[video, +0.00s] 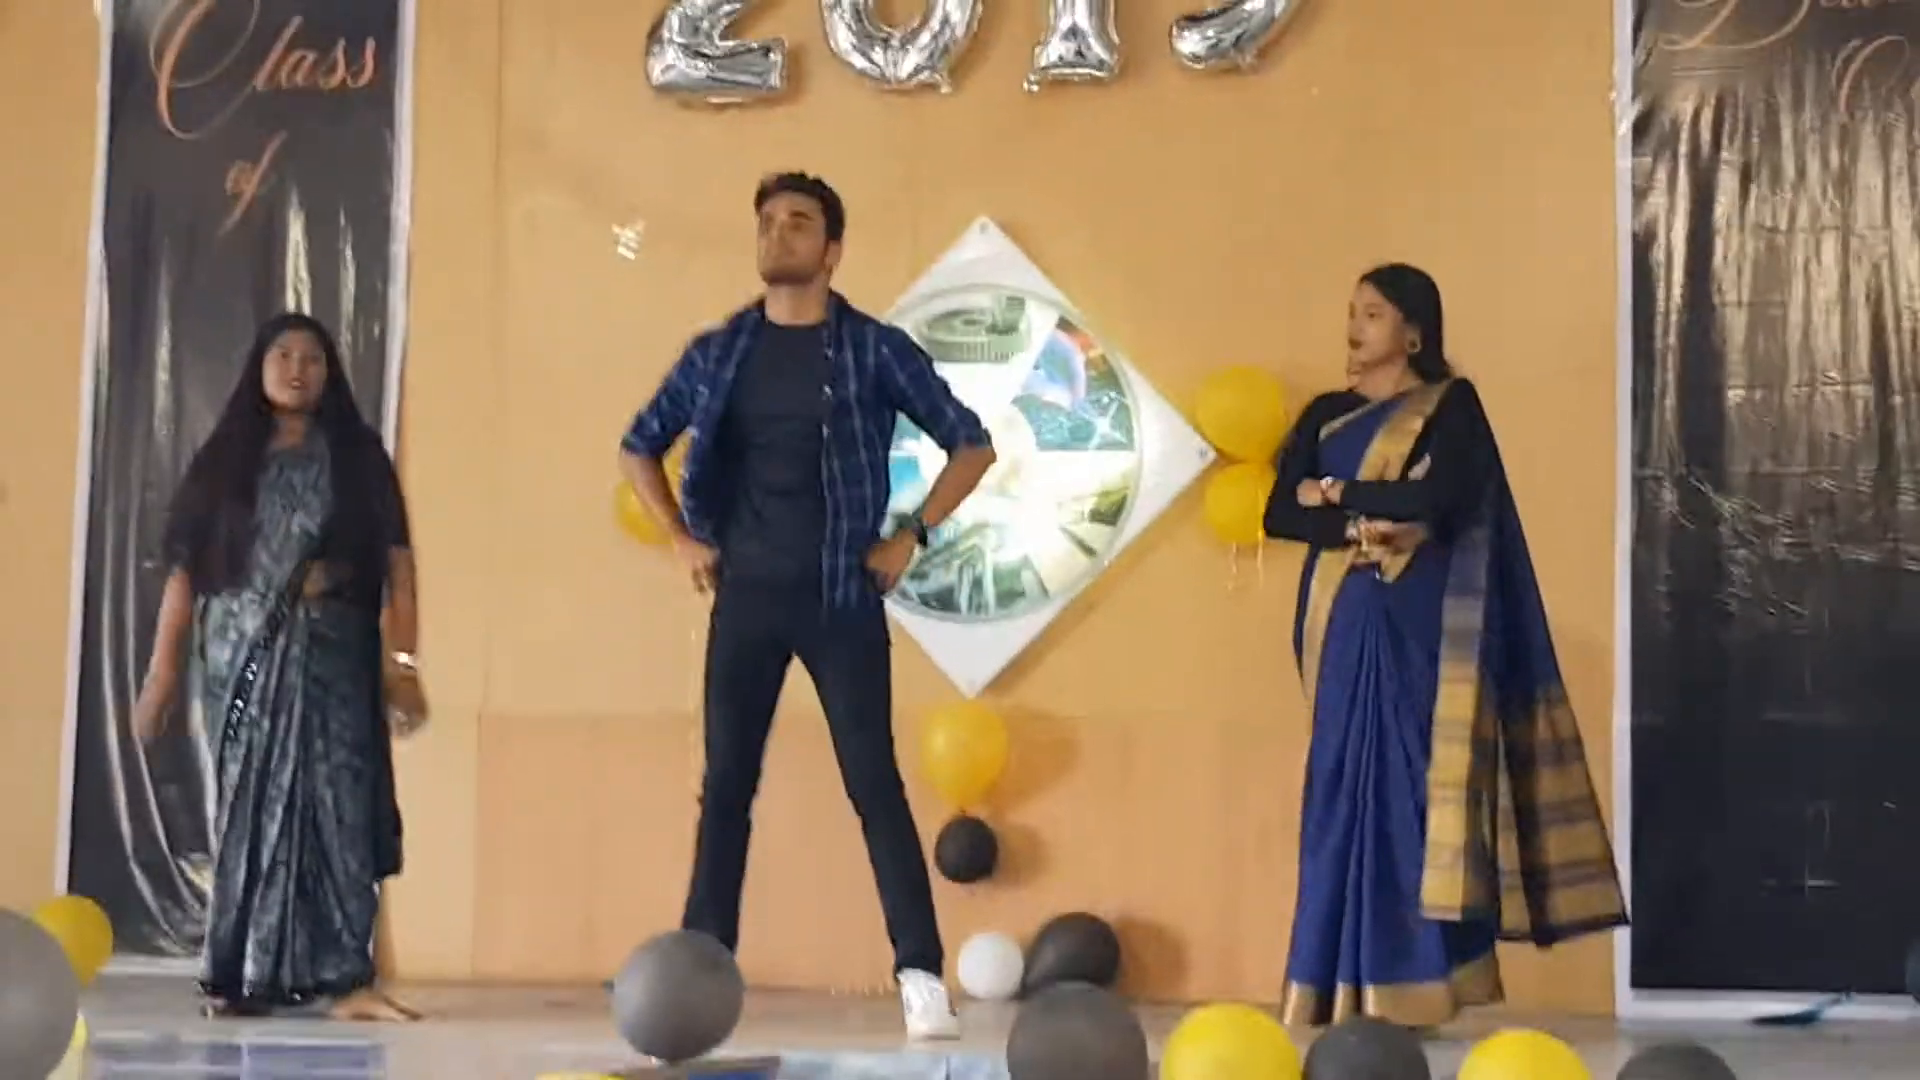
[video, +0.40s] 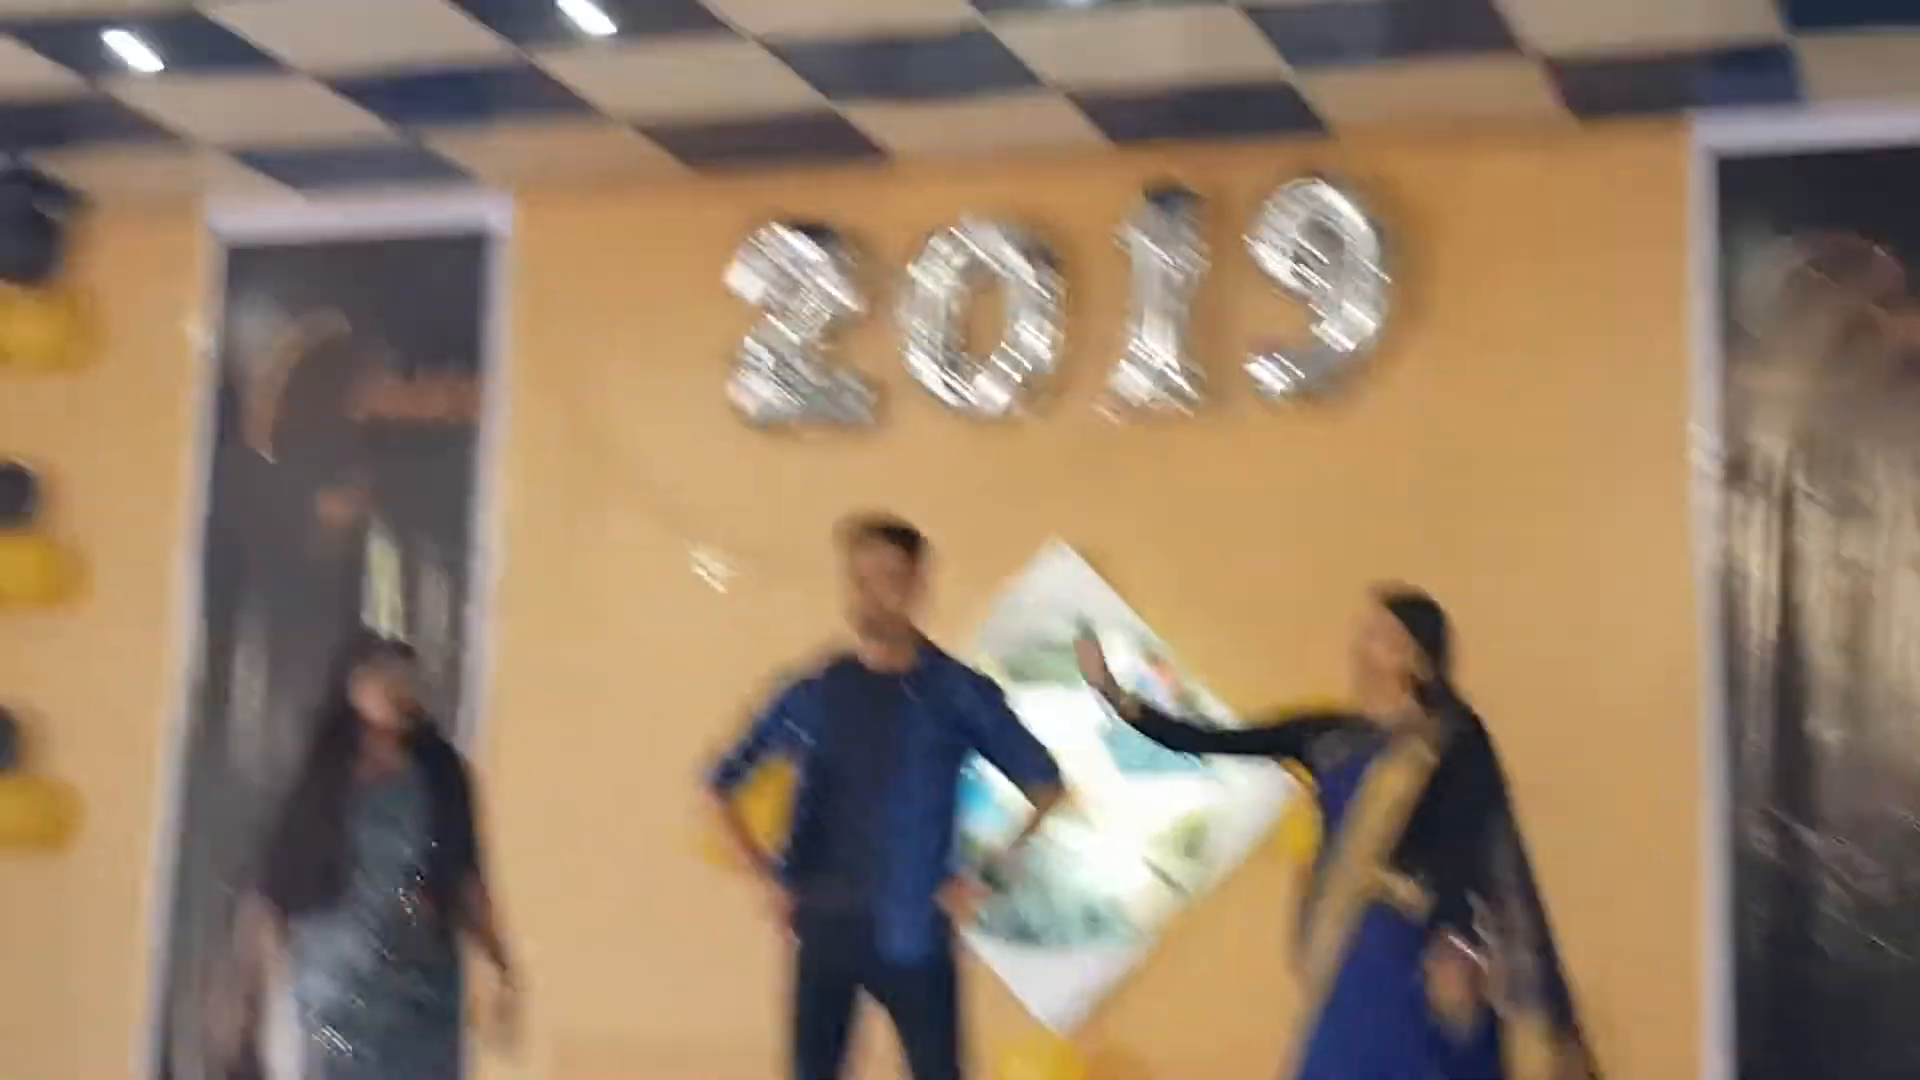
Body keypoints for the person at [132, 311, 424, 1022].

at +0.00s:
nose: (296, 369)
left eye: (310, 360)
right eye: (284, 357)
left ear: (330, 374)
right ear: (260, 369)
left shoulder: (361, 457)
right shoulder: (226, 454)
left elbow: (398, 565)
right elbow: (183, 569)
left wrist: (404, 665)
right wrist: (161, 674)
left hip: (336, 657)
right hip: (245, 656)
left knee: (343, 807)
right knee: (249, 807)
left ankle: (350, 982)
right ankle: (238, 979)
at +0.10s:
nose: (295, 415)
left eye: (309, 405)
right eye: (281, 404)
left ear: (329, 422)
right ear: (258, 421)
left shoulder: (362, 505)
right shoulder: (225, 508)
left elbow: (403, 602)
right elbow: (178, 619)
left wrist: (417, 700)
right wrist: (136, 712)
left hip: (332, 714)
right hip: (238, 713)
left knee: (336, 863)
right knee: (242, 862)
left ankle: (342, 1033)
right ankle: (235, 1030)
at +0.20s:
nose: (299, 460)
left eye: (312, 450)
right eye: (286, 450)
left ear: (334, 466)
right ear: (263, 468)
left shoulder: (366, 547)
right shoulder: (232, 550)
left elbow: (401, 641)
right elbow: (180, 648)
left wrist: (413, 731)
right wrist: (135, 737)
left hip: (333, 762)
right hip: (240, 761)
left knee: (335, 921)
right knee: (246, 919)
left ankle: (331, 1064)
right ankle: (247, 1063)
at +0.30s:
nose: (323, 570)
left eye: (335, 559)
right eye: (308, 558)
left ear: (351, 575)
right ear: (281, 574)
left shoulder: (381, 658)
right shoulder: (245, 660)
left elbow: (405, 758)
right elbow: (199, 763)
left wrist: (423, 847)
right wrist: (155, 858)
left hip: (352, 862)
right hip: (259, 862)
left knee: (351, 1012)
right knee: (259, 1010)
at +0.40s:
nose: (392, 691)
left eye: (400, 676)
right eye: (375, 677)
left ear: (416, 685)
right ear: (349, 688)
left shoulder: (441, 766)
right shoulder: (326, 768)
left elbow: (460, 875)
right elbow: (266, 895)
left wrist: (501, 964)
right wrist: (246, 1009)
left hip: (422, 971)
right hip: (338, 975)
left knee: (425, 1070)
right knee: (342, 1069)